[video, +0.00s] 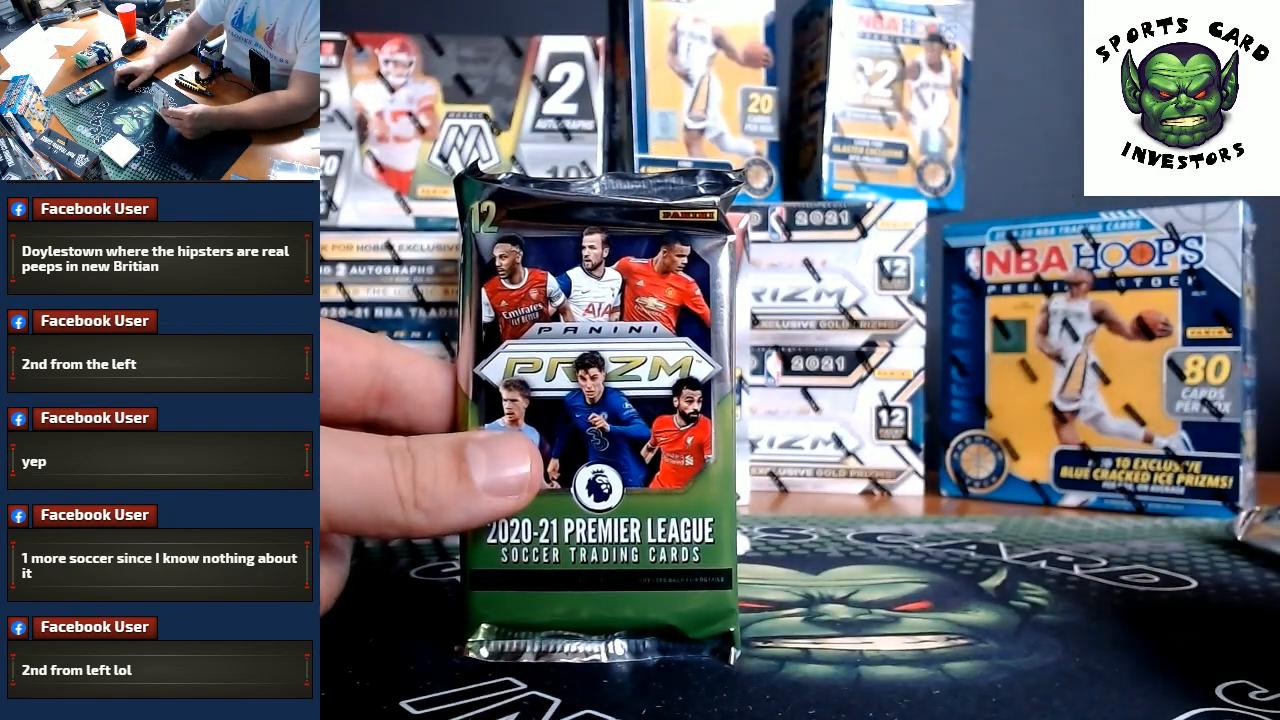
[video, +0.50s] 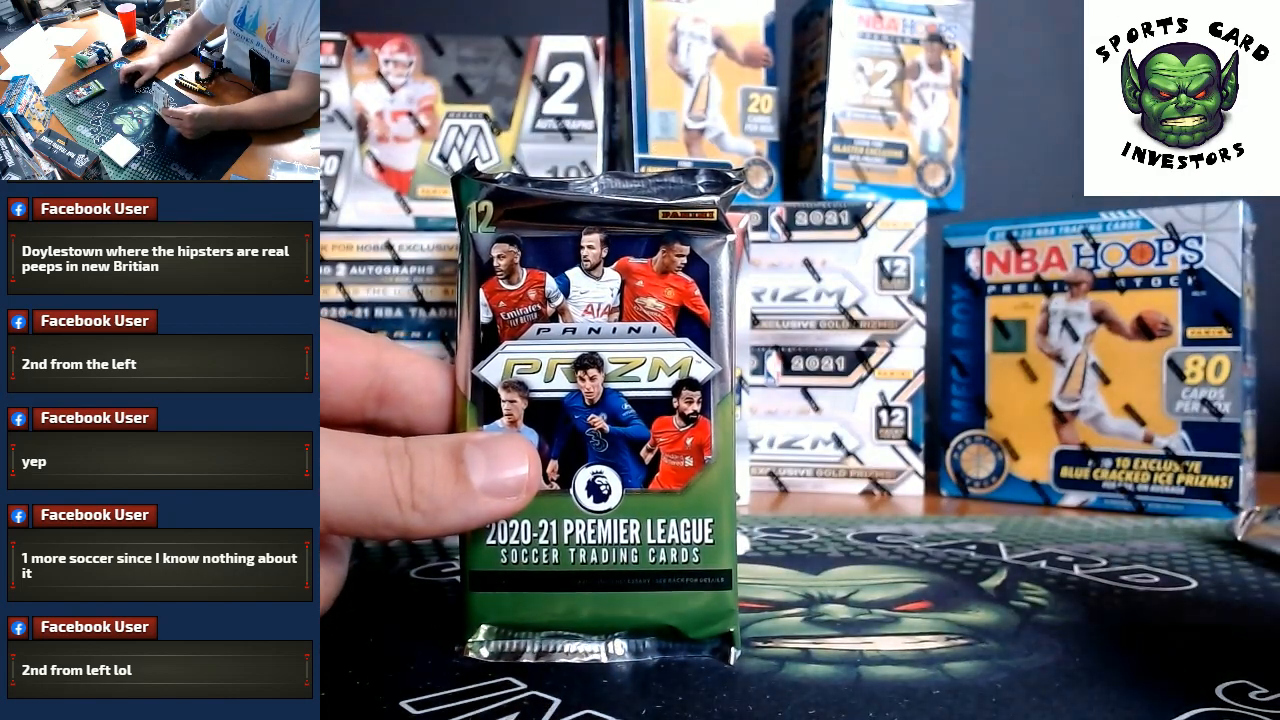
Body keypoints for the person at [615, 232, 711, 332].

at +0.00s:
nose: (685, 262)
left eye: (686, 256)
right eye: (680, 256)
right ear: (664, 252)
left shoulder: (686, 285)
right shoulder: (629, 266)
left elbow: (711, 319)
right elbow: (602, 285)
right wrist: (613, 311)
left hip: (664, 346)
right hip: (629, 344)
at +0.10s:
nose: (685, 262)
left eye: (687, 257)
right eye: (680, 256)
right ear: (664, 252)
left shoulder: (687, 285)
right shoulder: (629, 266)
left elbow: (712, 320)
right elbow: (602, 286)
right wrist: (614, 311)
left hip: (665, 346)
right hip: (630, 343)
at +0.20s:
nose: (685, 262)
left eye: (687, 257)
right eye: (680, 256)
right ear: (664, 252)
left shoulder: (687, 285)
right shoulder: (629, 266)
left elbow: (712, 320)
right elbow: (602, 286)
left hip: (665, 346)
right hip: (630, 343)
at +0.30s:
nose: (684, 261)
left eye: (686, 256)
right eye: (679, 256)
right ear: (663, 252)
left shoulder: (686, 285)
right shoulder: (628, 266)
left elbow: (711, 321)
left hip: (664, 347)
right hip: (628, 344)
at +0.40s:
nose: (685, 261)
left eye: (686, 257)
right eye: (680, 256)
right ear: (664, 252)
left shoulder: (686, 285)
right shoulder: (628, 266)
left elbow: (712, 320)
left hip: (664, 347)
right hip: (629, 344)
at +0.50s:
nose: (684, 262)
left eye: (686, 256)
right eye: (679, 256)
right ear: (663, 252)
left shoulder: (686, 285)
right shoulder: (628, 266)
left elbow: (711, 320)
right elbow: (599, 285)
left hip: (664, 346)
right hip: (628, 343)